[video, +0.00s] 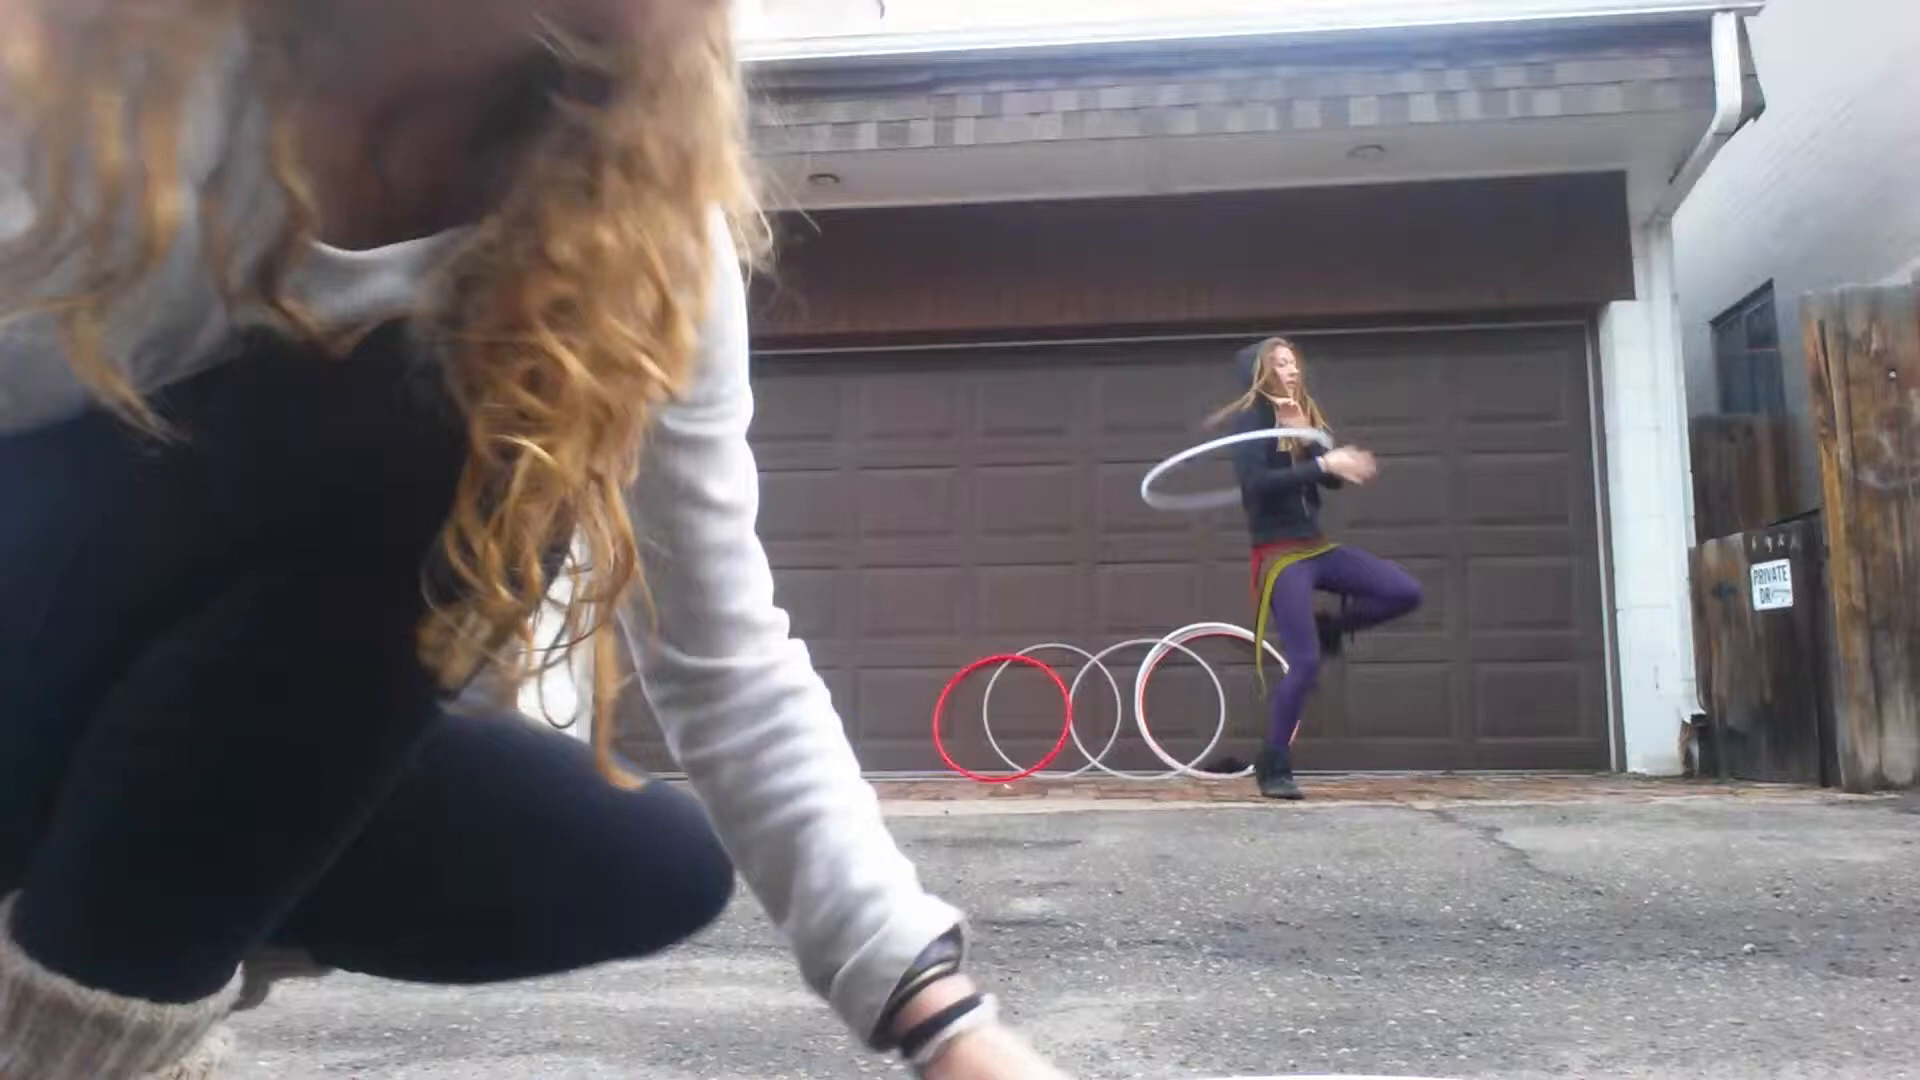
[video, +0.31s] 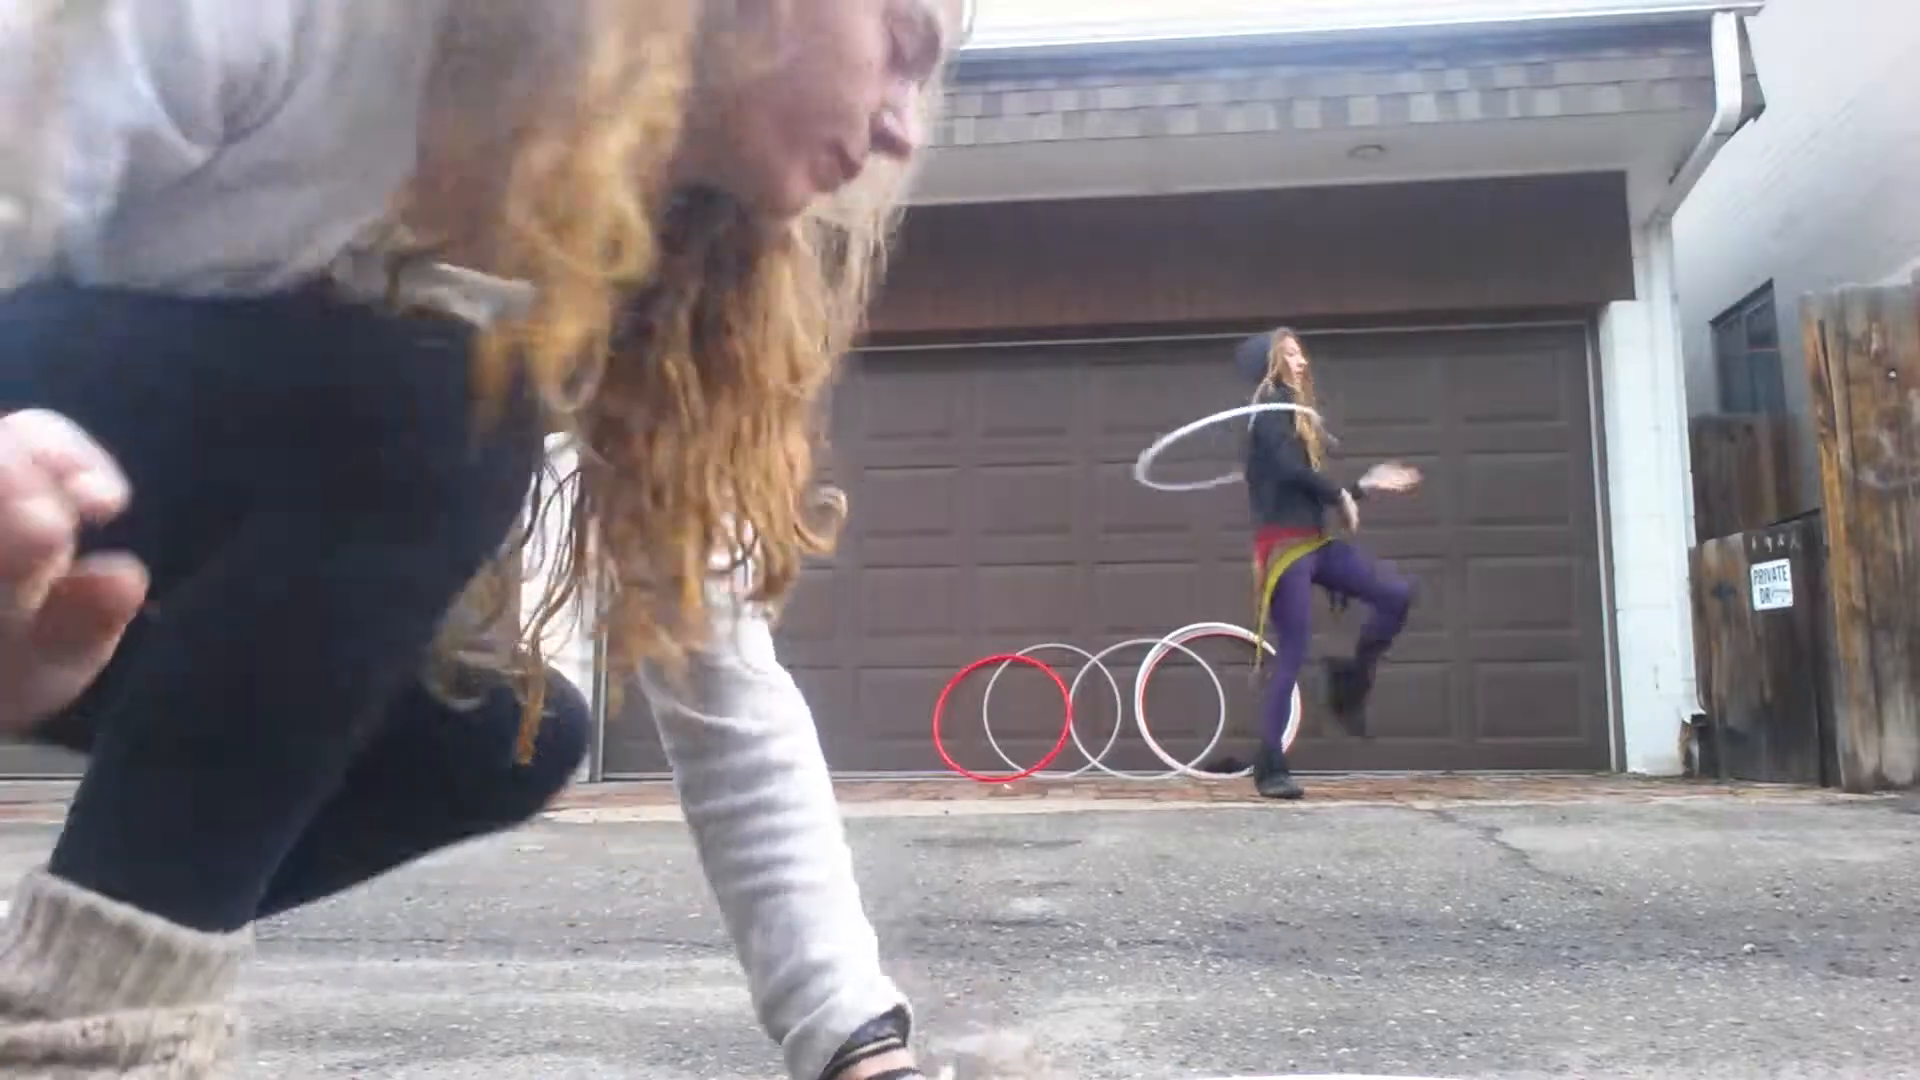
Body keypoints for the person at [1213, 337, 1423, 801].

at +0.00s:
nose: (1287, 369)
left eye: (1291, 361)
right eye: (1276, 363)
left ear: (1300, 369)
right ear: (1262, 373)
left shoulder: (1309, 418)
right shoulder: (1249, 420)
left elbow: (1317, 484)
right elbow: (1255, 483)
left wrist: (1332, 462)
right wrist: (1321, 466)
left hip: (1318, 546)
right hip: (1279, 554)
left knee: (1404, 593)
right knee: (1305, 662)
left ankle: (1332, 626)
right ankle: (1274, 765)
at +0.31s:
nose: (1300, 360)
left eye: (1299, 352)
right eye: (1289, 354)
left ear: (1301, 361)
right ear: (1271, 364)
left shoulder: (1296, 414)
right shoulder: (1271, 411)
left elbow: (1308, 484)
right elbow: (1288, 470)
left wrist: (1362, 485)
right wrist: (1337, 493)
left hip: (1317, 540)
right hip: (1285, 546)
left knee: (1396, 595)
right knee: (1292, 649)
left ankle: (1355, 680)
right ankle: (1270, 763)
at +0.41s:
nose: (1313, 358)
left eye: (1309, 350)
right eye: (1303, 352)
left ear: (1291, 359)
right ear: (1285, 362)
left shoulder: (1300, 403)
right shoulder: (1288, 400)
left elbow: (1304, 464)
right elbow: (1327, 451)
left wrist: (1335, 442)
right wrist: (1357, 475)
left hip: (1323, 542)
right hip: (1290, 545)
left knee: (1384, 625)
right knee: (1291, 649)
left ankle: (1401, 735)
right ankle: (1269, 762)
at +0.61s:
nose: (1337, 367)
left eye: (1336, 359)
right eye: (1327, 361)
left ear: (1332, 366)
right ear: (1307, 369)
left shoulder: (1336, 417)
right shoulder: (1297, 418)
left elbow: (1348, 476)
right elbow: (1315, 485)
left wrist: (1374, 455)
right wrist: (1373, 489)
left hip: (1356, 548)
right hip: (1315, 551)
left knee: (1387, 654)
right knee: (1309, 655)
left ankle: (1406, 763)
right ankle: (1273, 763)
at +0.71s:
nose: (1344, 377)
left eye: (1349, 369)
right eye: (1335, 370)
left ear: (1358, 376)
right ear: (1318, 377)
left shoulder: (1372, 426)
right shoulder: (1303, 426)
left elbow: (1387, 498)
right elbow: (1293, 492)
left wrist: (1407, 451)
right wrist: (1346, 506)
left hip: (1367, 553)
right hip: (1321, 552)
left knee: (1400, 655)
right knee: (1315, 659)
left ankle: (1407, 763)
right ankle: (1275, 763)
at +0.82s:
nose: (1355, 384)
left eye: (1360, 376)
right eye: (1346, 376)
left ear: (1371, 383)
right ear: (1329, 383)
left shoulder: (1385, 434)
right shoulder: (1308, 431)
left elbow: (1401, 500)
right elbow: (1293, 497)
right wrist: (1282, 492)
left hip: (1381, 559)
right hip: (1330, 558)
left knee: (1414, 662)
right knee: (1324, 658)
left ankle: (1408, 765)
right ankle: (1280, 761)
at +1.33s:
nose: (1327, 376)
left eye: (1332, 369)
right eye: (1319, 368)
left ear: (1342, 376)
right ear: (1302, 375)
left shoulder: (1354, 422)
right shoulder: (1286, 424)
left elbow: (1383, 474)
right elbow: (1283, 488)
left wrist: (1354, 425)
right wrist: (1348, 487)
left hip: (1351, 549)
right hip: (1306, 554)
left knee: (1420, 614)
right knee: (1313, 663)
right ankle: (1283, 761)